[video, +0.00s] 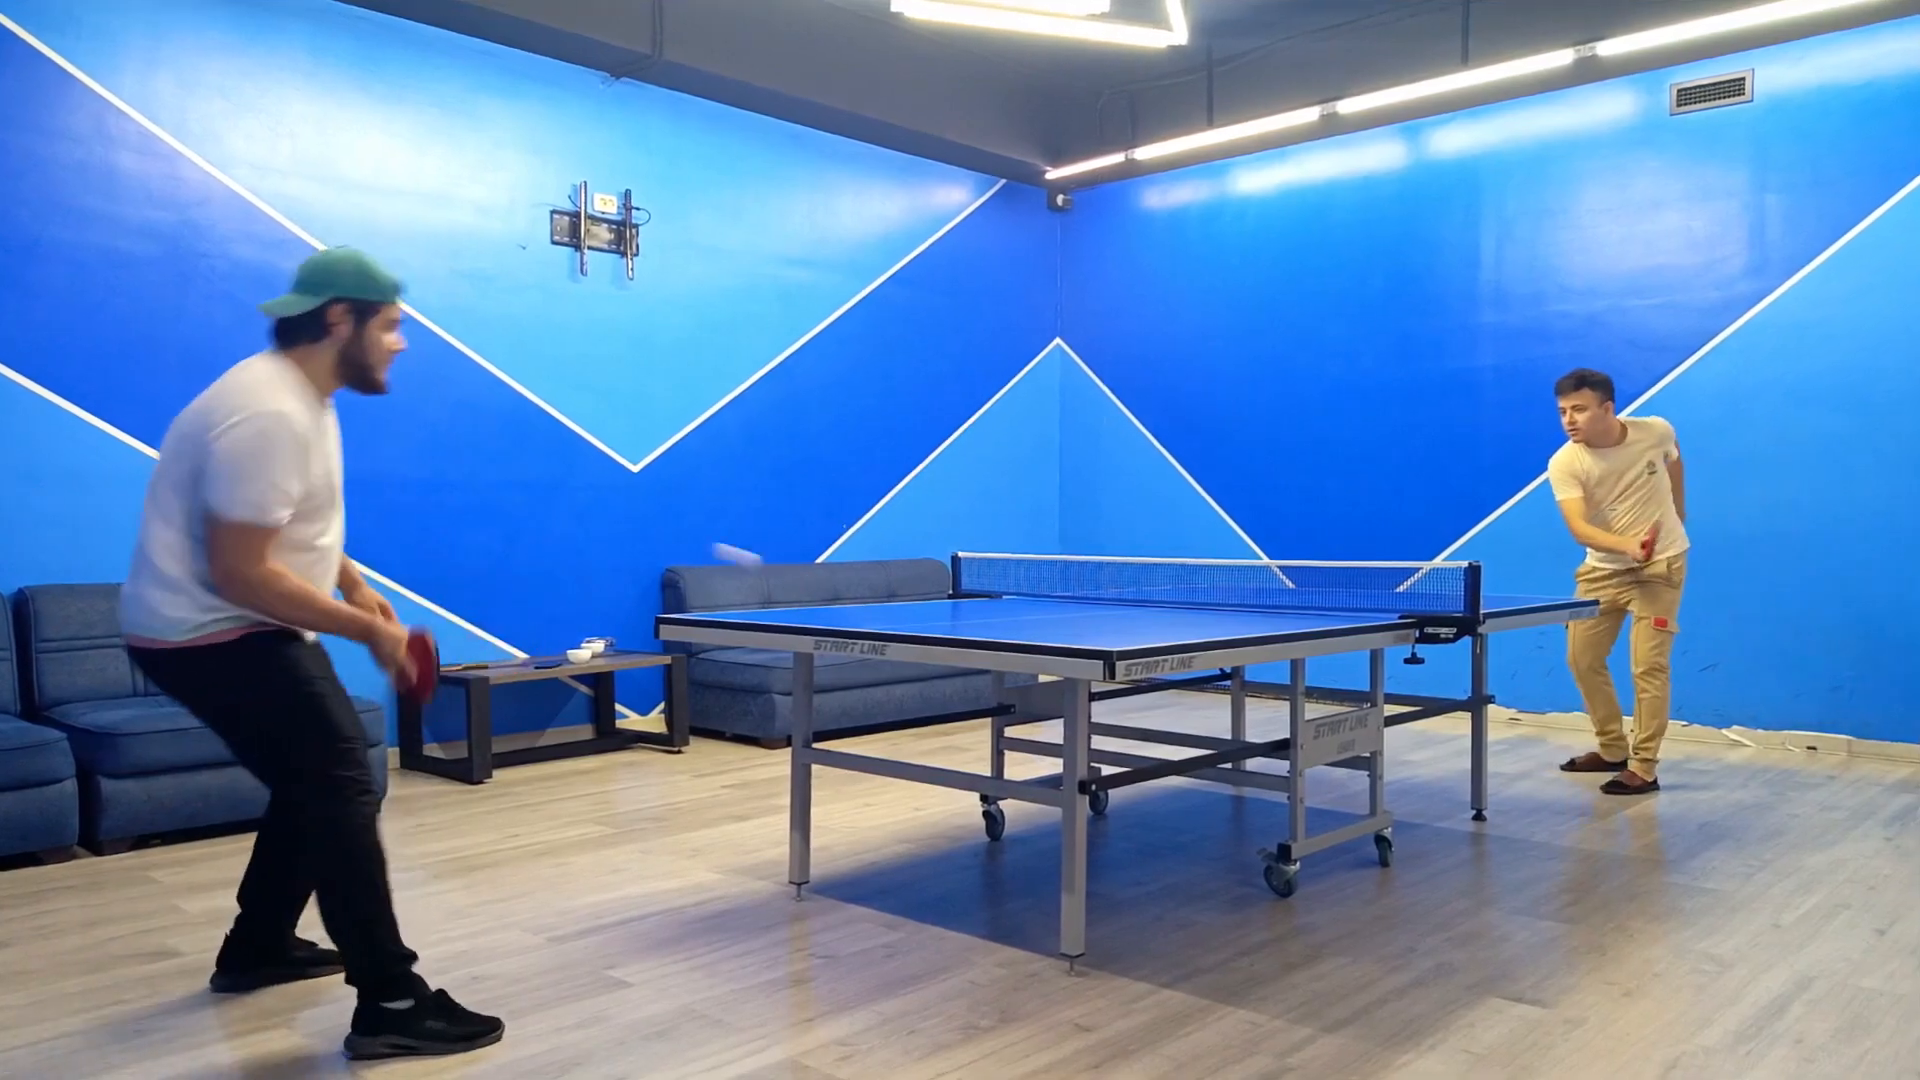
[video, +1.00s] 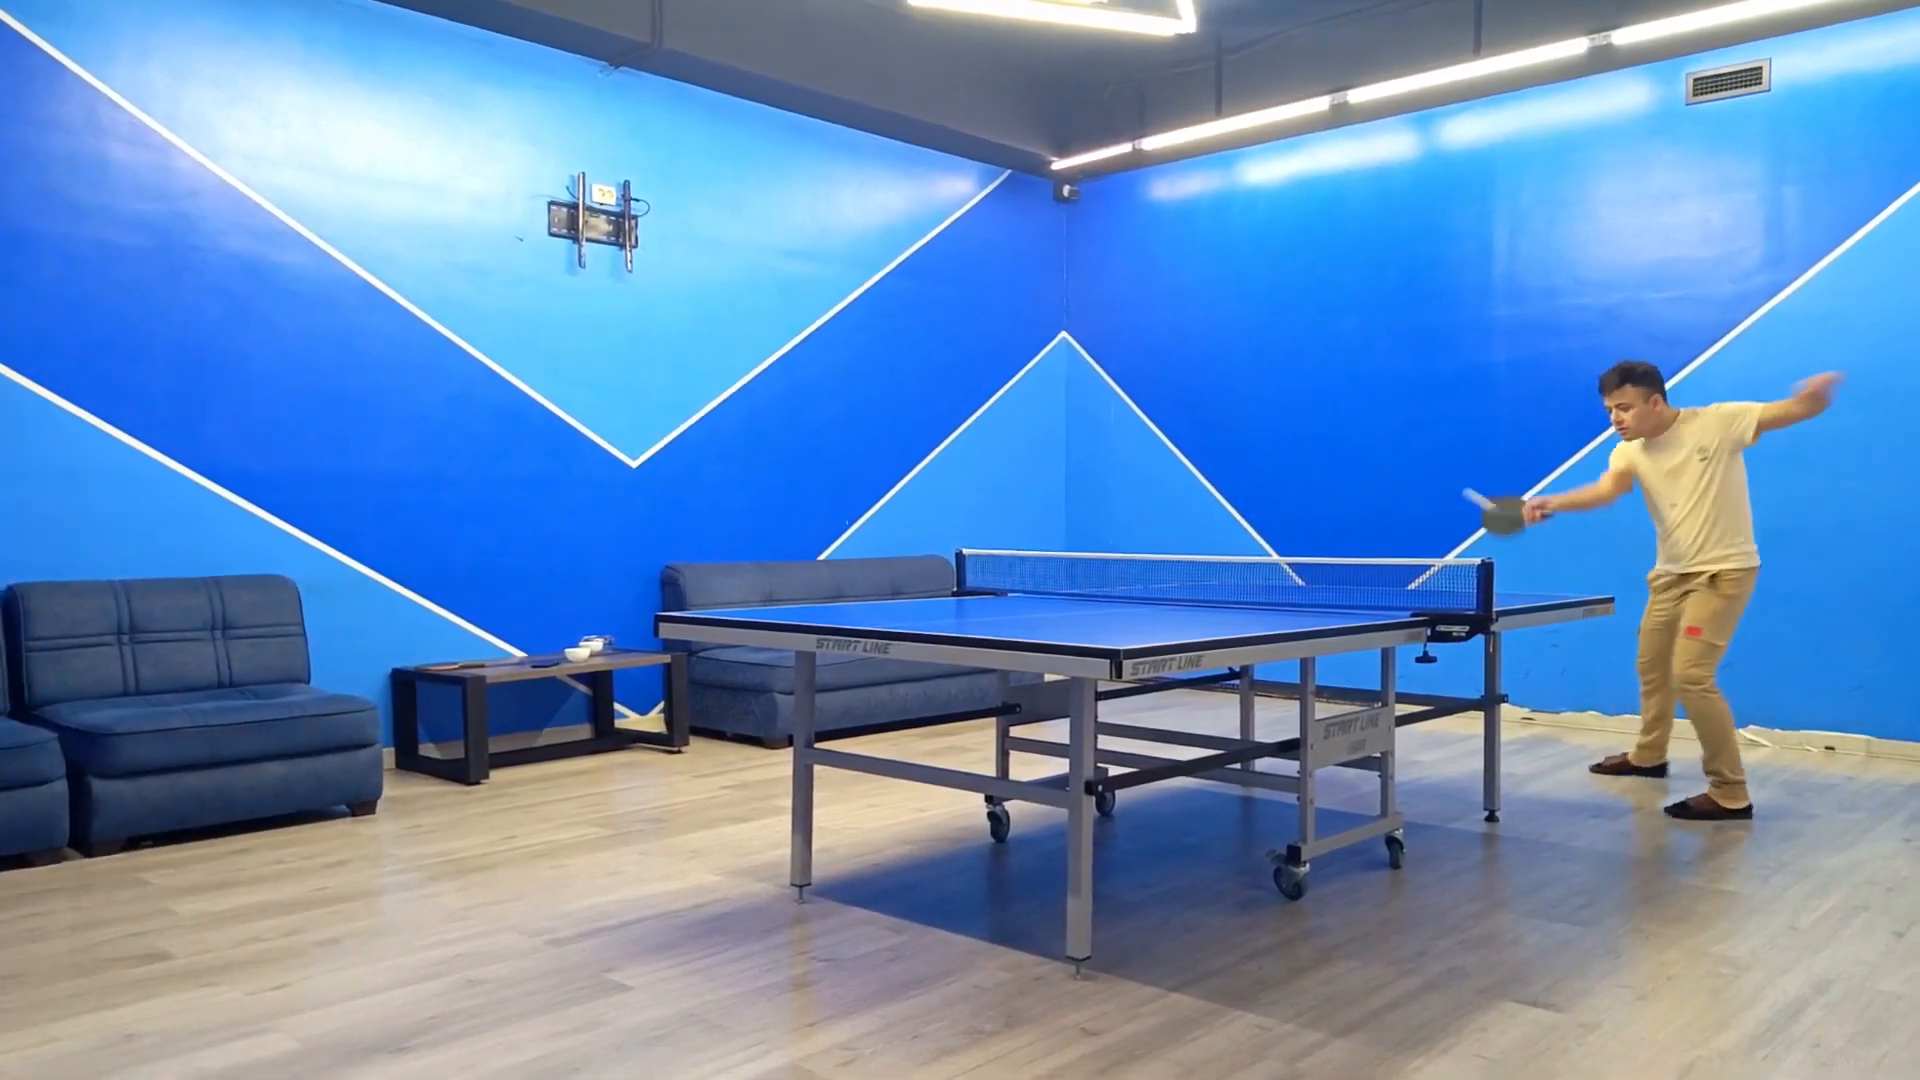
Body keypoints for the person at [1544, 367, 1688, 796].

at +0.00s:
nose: (1568, 419)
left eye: (1578, 410)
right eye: (1563, 411)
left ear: (1608, 408)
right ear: (1561, 414)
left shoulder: (1656, 433)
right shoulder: (1564, 462)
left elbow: (1674, 473)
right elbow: (1578, 527)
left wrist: (1676, 517)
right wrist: (1625, 545)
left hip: (1659, 564)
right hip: (1602, 570)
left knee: (1648, 664)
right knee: (1583, 657)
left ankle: (1644, 768)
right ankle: (1613, 751)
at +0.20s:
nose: (1569, 422)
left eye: (1579, 413)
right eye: (1564, 415)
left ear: (1609, 414)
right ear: (1561, 420)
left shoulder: (1659, 450)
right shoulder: (1564, 474)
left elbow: (1706, 492)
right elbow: (1570, 537)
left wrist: (1729, 549)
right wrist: (1585, 555)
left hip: (1664, 577)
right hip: (1608, 583)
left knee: (1664, 663)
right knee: (1577, 663)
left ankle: (1656, 766)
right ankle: (1616, 752)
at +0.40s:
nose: (1565, 411)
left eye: (1574, 401)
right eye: (1560, 404)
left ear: (1602, 401)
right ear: (1559, 411)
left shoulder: (1644, 440)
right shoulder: (1582, 465)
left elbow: (1699, 491)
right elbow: (1593, 528)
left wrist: (1686, 545)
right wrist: (1564, 570)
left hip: (1672, 569)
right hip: (1626, 574)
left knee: (1657, 657)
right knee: (1602, 657)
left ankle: (1684, 765)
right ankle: (1623, 753)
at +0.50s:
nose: (1571, 408)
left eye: (1579, 397)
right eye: (1565, 401)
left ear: (1609, 395)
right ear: (1566, 406)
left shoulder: (1636, 427)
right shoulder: (1601, 451)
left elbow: (1681, 476)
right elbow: (1623, 519)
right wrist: (1584, 567)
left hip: (1679, 552)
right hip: (1642, 563)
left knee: (1659, 651)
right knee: (1623, 652)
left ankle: (1717, 765)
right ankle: (1629, 754)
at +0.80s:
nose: (1611, 431)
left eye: (1618, 420)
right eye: (1606, 424)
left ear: (1650, 415)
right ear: (1607, 429)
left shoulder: (1680, 442)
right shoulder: (1639, 478)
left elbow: (1712, 457)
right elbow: (1639, 546)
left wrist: (1638, 477)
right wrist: (1587, 570)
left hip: (1703, 582)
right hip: (1661, 589)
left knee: (1662, 685)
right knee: (1625, 666)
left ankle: (1730, 796)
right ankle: (1631, 755)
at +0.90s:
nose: (1615, 425)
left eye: (1623, 413)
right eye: (1610, 417)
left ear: (1656, 408)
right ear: (1612, 420)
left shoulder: (1699, 435)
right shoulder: (1629, 465)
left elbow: (1773, 428)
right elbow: (1619, 524)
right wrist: (1567, 538)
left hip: (1718, 578)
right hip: (1670, 583)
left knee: (1673, 679)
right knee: (1642, 671)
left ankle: (1730, 795)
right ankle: (1636, 755)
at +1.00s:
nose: (1616, 419)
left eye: (1624, 409)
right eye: (1611, 411)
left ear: (1656, 402)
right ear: (1611, 411)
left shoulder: (1714, 422)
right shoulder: (1629, 451)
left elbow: (1787, 411)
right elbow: (1605, 490)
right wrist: (1551, 503)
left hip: (1725, 569)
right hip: (1672, 574)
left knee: (1692, 675)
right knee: (1653, 666)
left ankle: (1730, 794)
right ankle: (1649, 757)